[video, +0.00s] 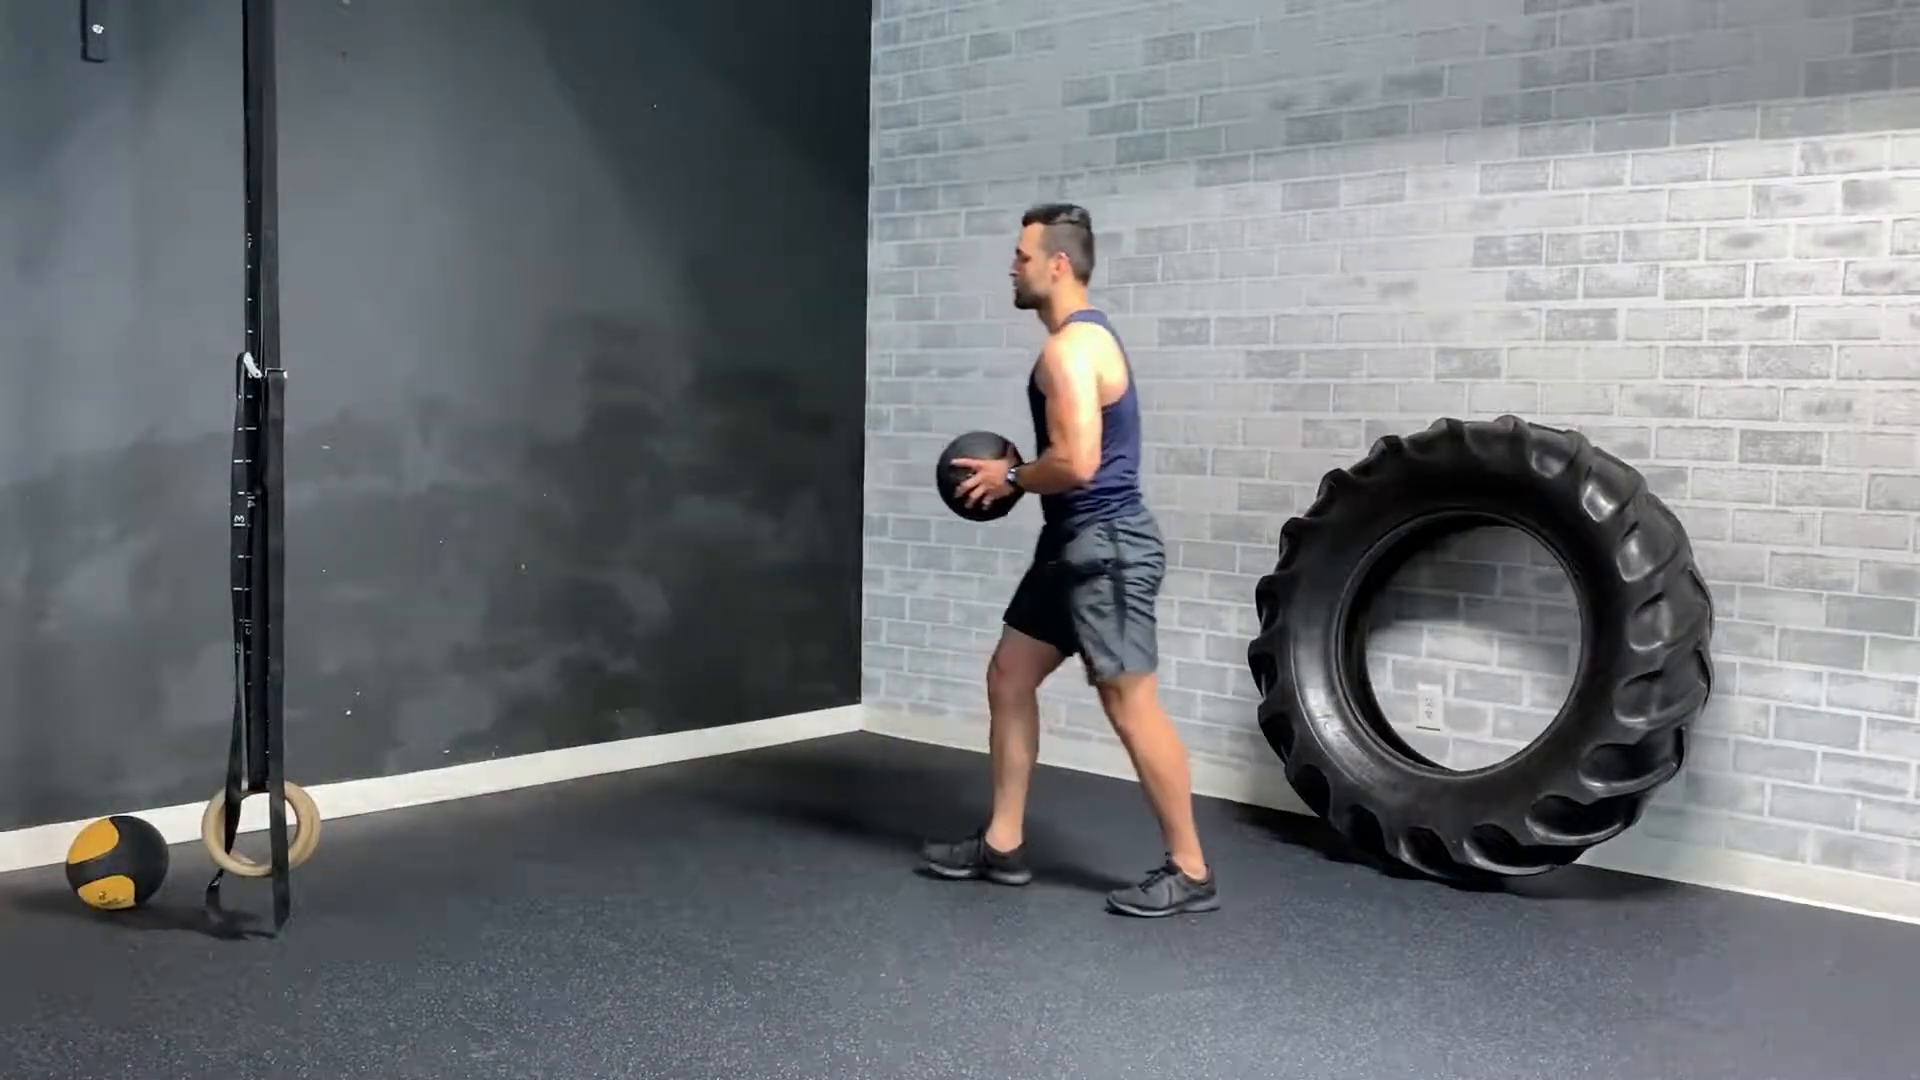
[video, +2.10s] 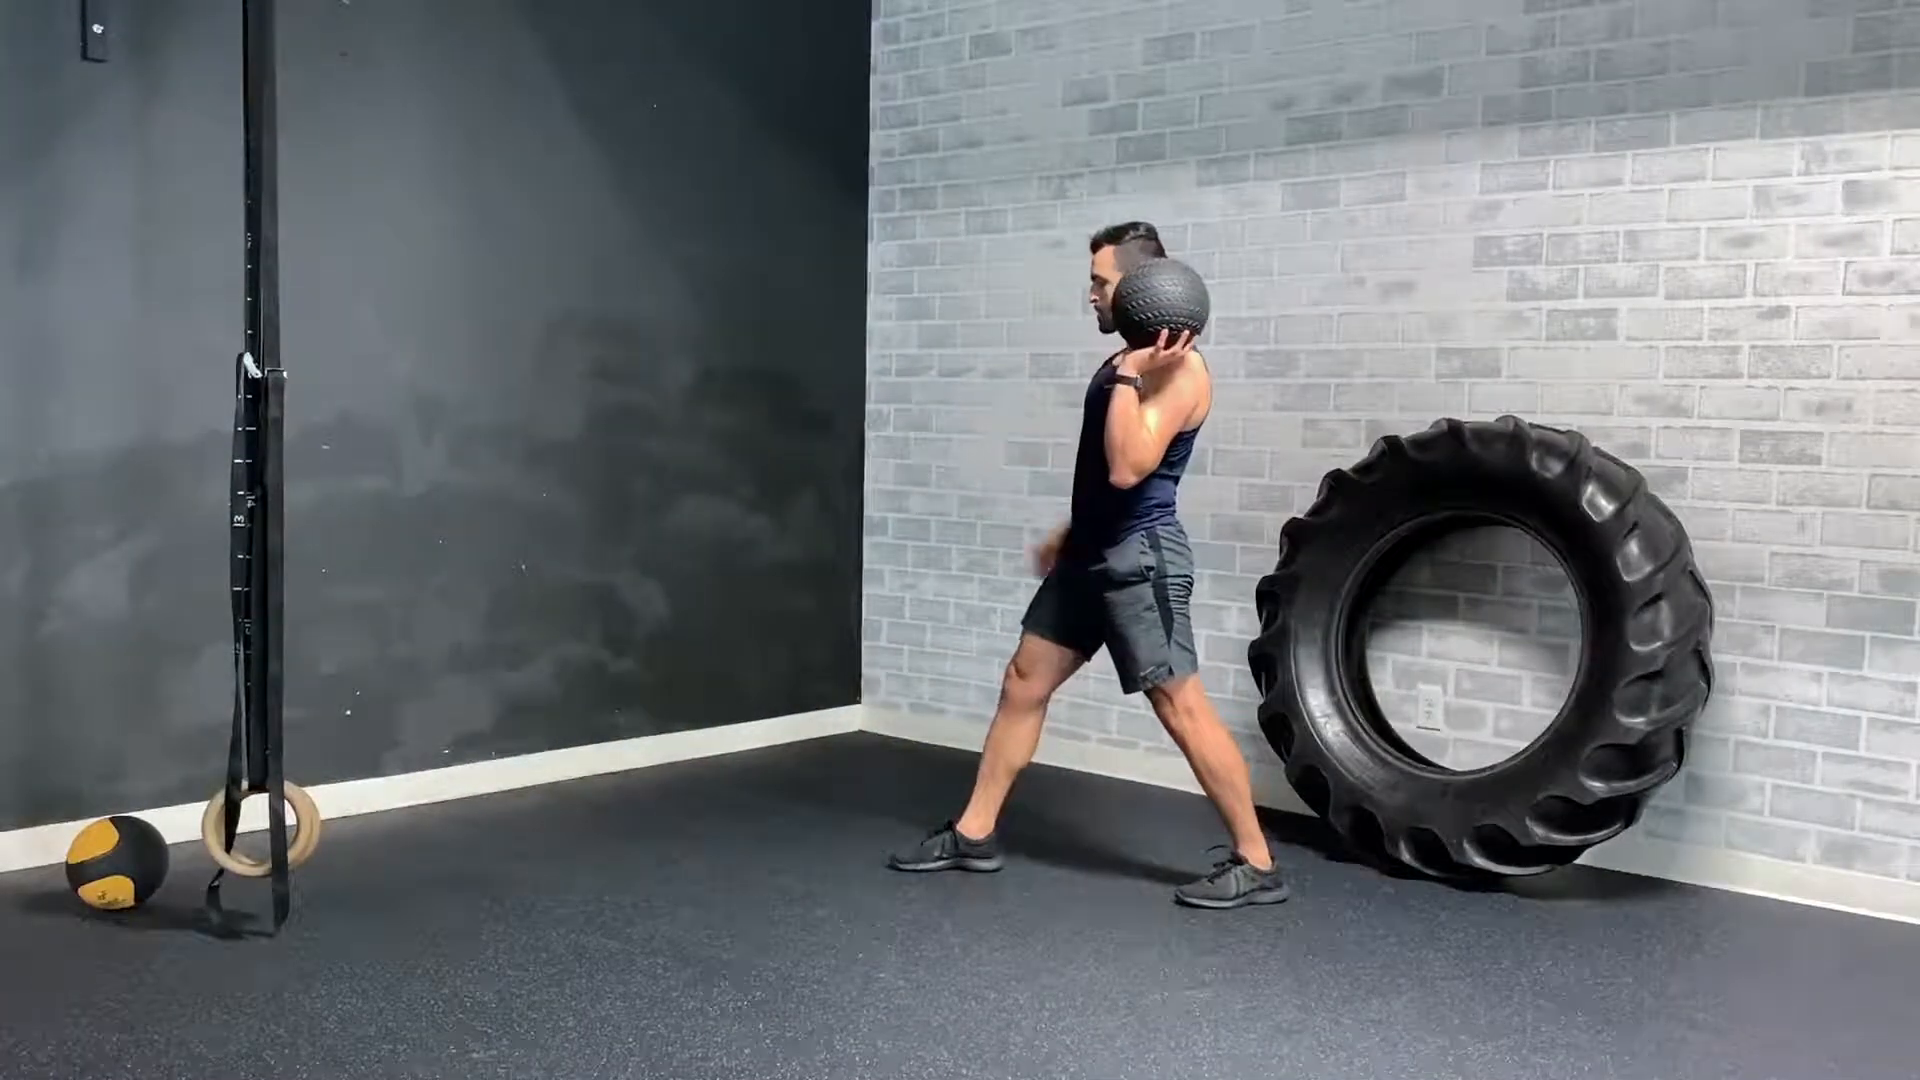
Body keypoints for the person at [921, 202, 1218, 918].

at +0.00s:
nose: (1012, 269)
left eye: (1022, 257)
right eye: (1015, 256)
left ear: (1060, 266)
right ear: (1065, 268)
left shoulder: (1069, 349)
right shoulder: (1090, 340)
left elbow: (1077, 464)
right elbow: (1085, 458)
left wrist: (1013, 478)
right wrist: (1013, 471)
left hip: (1107, 543)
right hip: (1076, 545)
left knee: (1131, 701)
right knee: (1009, 680)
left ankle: (1190, 869)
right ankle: (1002, 847)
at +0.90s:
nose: (976, 277)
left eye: (987, 266)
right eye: (979, 266)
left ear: (1023, 273)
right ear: (1022, 275)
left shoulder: (1042, 343)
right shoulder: (1027, 350)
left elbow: (1001, 448)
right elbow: (1000, 458)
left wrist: (934, 453)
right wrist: (935, 457)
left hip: (1091, 531)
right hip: (1046, 541)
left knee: (1148, 679)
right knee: (988, 676)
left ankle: (1226, 843)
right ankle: (973, 835)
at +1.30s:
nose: (1036, 284)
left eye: (1046, 272)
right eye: (1039, 273)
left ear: (1083, 277)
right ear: (1083, 278)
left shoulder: (1100, 355)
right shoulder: (1071, 352)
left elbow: (1010, 427)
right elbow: (999, 379)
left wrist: (955, 357)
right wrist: (953, 348)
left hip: (1126, 551)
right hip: (1073, 554)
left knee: (1179, 699)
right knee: (1001, 677)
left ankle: (1255, 859)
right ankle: (973, 837)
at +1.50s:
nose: (1074, 282)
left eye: (1083, 269)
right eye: (1074, 270)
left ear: (1120, 278)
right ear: (1116, 283)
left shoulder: (1142, 357)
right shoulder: (1099, 346)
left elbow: (1059, 431)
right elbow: (1004, 341)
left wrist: (1026, 353)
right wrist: (1011, 279)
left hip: (1145, 551)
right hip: (1090, 553)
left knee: (1194, 702)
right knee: (1025, 680)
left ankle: (1258, 863)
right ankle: (975, 837)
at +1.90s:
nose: (1105, 290)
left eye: (1115, 279)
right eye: (1105, 278)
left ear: (1154, 282)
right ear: (1134, 289)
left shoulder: (1185, 370)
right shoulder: (1126, 360)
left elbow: (1114, 456)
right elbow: (1051, 407)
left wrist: (1110, 371)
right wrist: (1037, 365)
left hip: (1149, 555)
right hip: (1094, 553)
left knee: (1190, 706)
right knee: (1033, 685)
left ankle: (1257, 861)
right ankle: (976, 835)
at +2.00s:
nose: (1098, 292)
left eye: (1109, 281)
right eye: (1099, 280)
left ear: (1150, 286)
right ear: (1136, 288)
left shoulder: (1185, 372)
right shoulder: (1128, 361)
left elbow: (1122, 463)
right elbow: (1095, 458)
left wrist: (1121, 377)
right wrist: (1025, 448)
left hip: (1143, 556)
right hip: (1089, 551)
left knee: (1183, 706)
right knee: (1023, 682)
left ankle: (1257, 861)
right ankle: (974, 835)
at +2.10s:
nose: (1093, 295)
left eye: (1103, 283)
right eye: (1092, 282)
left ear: (1146, 287)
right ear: (1132, 289)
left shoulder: (1185, 373)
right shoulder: (1126, 360)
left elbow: (1127, 467)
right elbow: (1110, 473)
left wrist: (1134, 378)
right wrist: (1073, 535)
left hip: (1142, 556)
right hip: (1090, 553)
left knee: (1182, 706)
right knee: (1024, 683)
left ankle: (1256, 861)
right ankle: (974, 835)